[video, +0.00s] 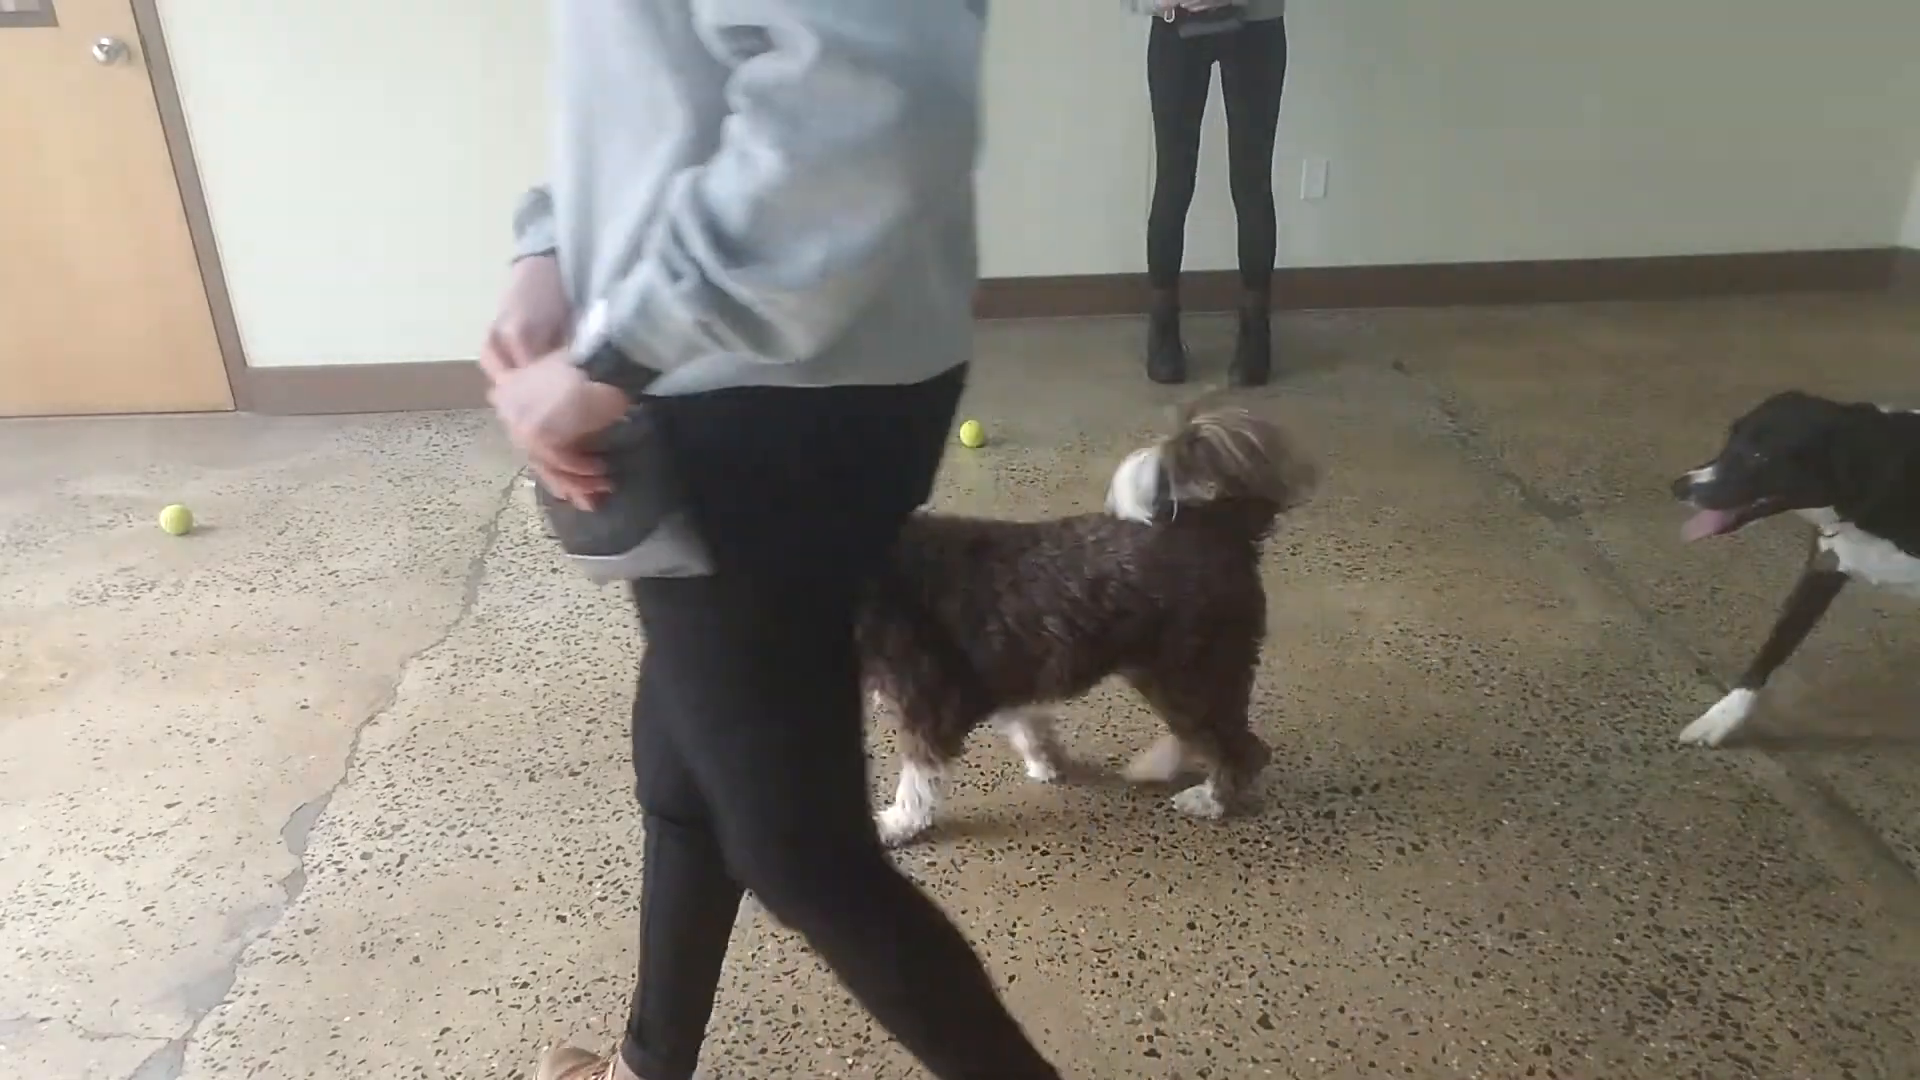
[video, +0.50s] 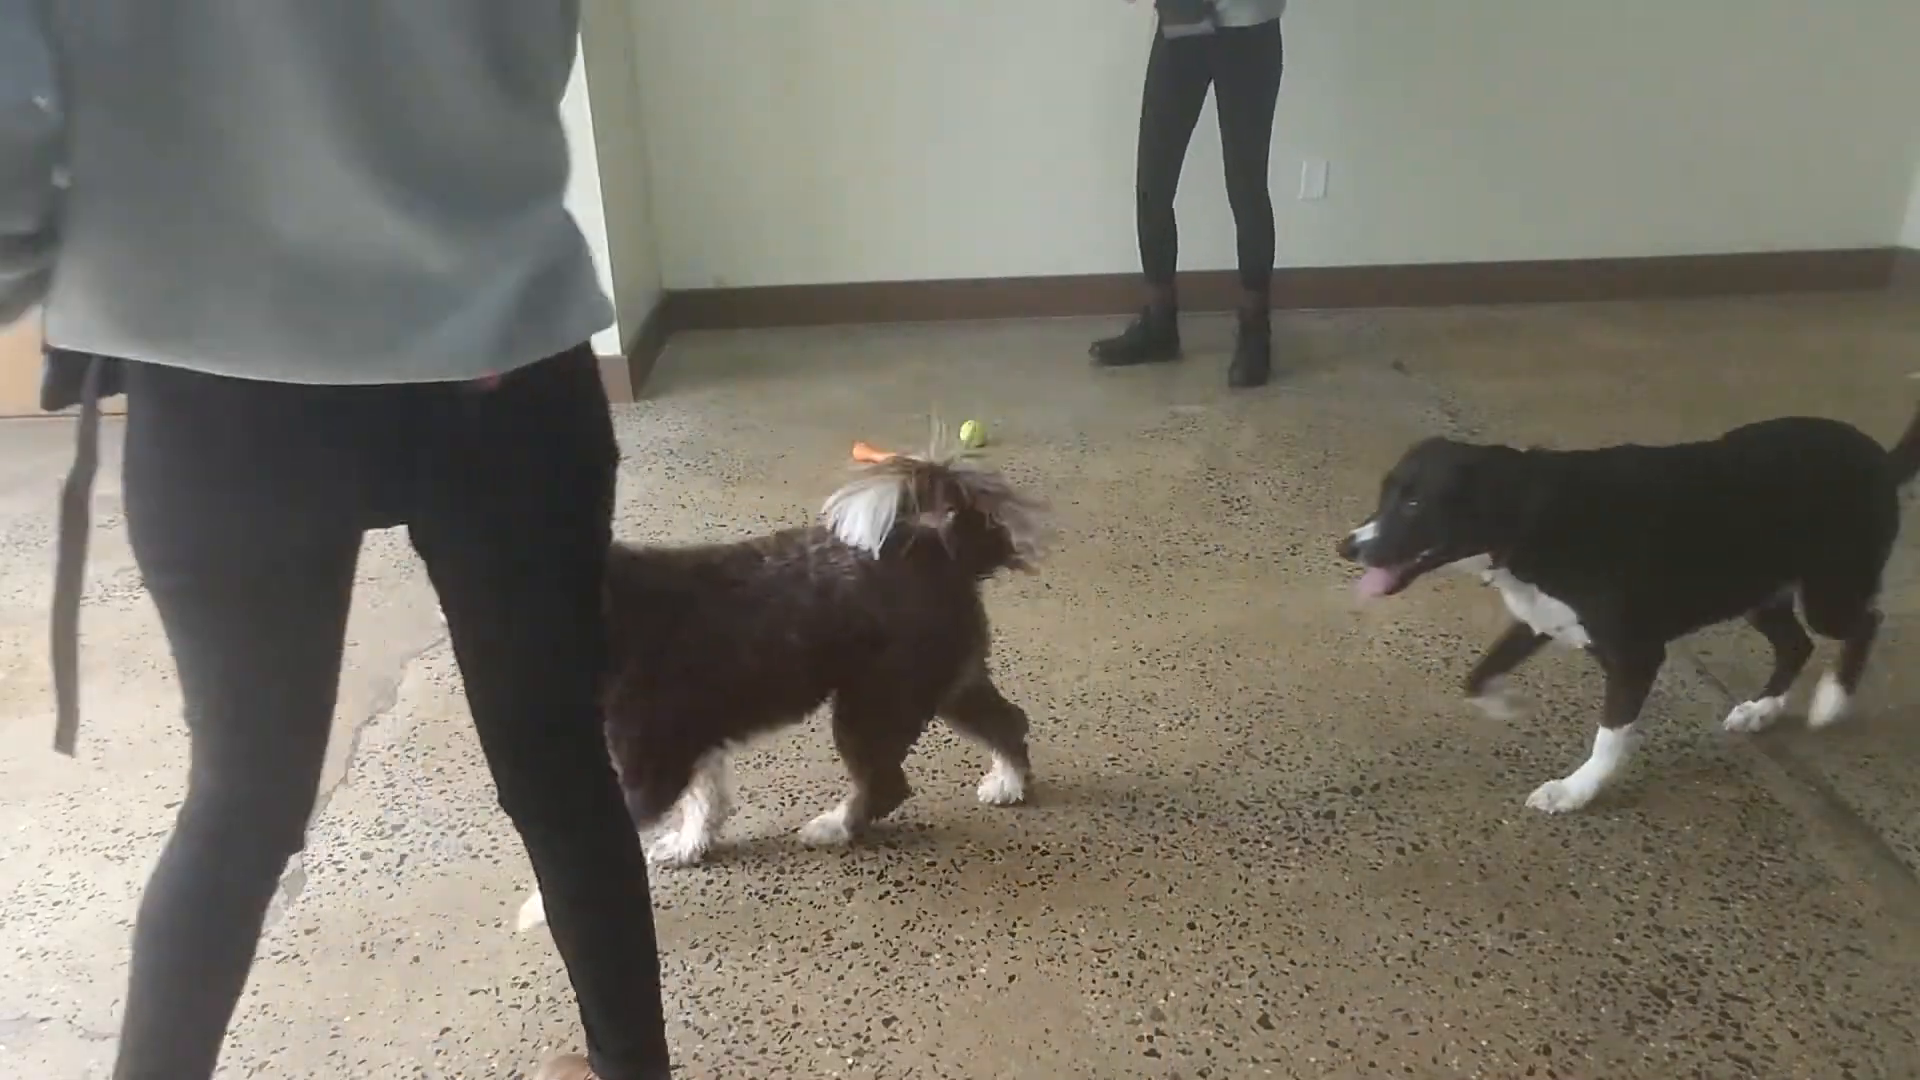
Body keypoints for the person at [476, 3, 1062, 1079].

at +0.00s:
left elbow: (861, 110)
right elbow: (657, 79)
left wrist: (613, 357)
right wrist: (551, 256)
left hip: (804, 371)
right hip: (712, 361)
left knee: (797, 847)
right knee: (682, 783)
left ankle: (1015, 1067)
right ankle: (654, 1061)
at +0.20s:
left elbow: (477, 145)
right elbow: (745, 97)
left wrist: (274, 308)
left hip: (516, 346)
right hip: (726, 325)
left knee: (441, 792)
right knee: (637, 746)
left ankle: (688, 1057)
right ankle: (652, 1041)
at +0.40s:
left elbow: (150, 110)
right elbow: (613, 43)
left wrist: (98, 283)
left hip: (312, 356)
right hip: (588, 341)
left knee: (307, 794)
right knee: (593, 763)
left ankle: (273, 1062)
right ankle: (640, 1057)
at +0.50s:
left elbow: (17, 111)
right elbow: (539, 63)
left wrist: (29, 269)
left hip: (217, 378)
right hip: (505, 359)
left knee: (238, 805)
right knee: (566, 783)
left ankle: (148, 1067)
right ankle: (636, 1061)